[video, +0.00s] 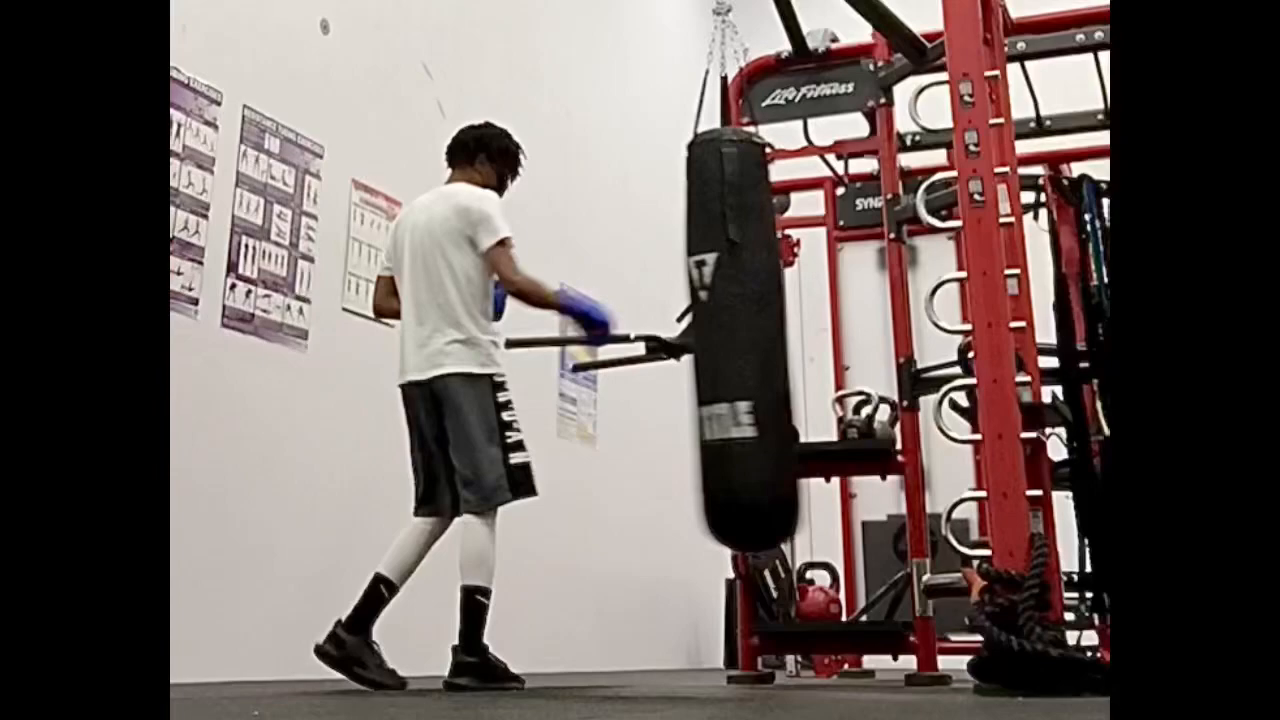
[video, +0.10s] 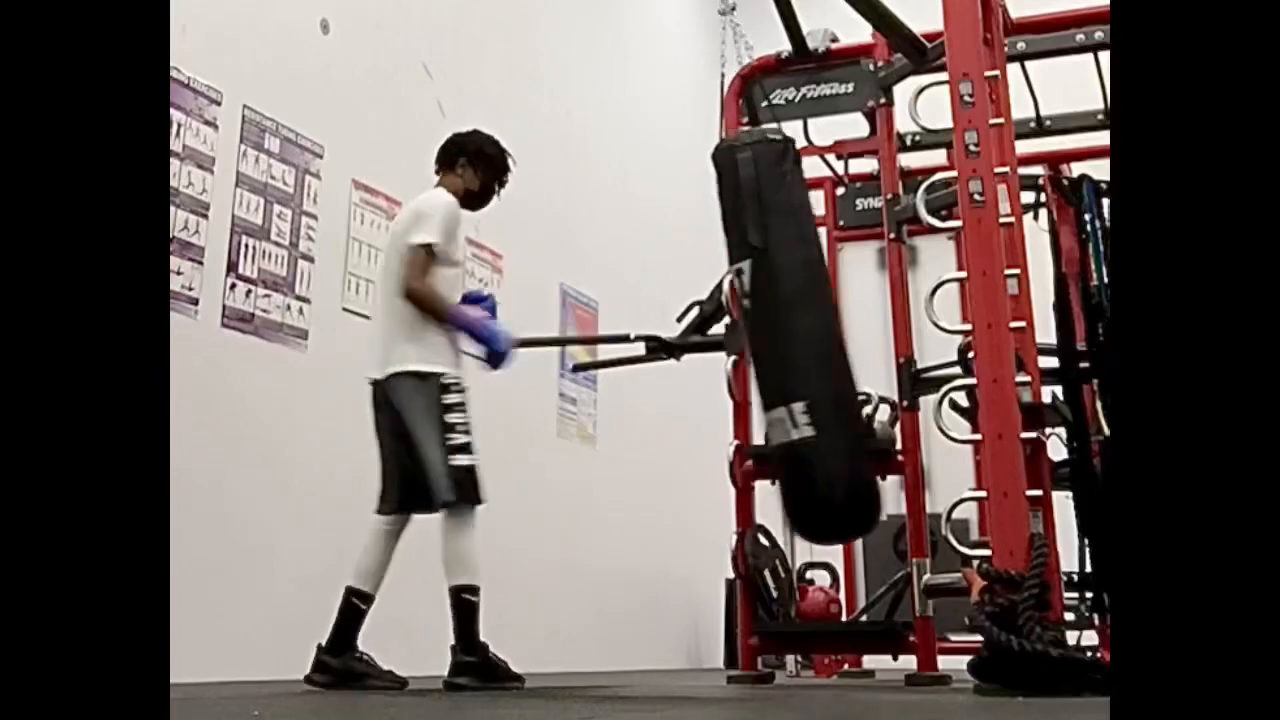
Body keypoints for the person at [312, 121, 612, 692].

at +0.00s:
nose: (502, 188)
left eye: (505, 180)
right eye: (502, 178)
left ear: (453, 162)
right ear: (484, 163)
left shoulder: (408, 215)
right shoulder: (478, 202)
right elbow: (510, 280)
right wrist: (576, 305)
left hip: (417, 374)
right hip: (464, 370)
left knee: (436, 506)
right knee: (481, 503)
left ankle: (353, 632)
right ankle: (471, 654)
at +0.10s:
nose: (491, 193)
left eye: (495, 183)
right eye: (488, 179)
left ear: (452, 170)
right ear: (460, 167)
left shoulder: (421, 209)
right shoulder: (440, 205)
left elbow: (410, 296)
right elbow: (415, 283)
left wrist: (457, 305)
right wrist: (478, 326)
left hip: (395, 374)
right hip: (423, 372)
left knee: (395, 509)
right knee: (461, 502)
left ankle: (339, 650)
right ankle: (469, 652)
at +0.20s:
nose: (470, 197)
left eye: (476, 191)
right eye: (469, 184)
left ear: (450, 178)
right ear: (446, 168)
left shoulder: (424, 230)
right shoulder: (405, 202)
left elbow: (404, 306)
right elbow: (343, 265)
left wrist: (445, 325)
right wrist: (399, 311)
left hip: (390, 373)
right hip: (379, 370)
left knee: (369, 508)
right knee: (416, 499)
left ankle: (335, 652)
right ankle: (437, 649)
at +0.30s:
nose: (442, 186)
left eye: (450, 181)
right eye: (440, 172)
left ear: (446, 182)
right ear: (415, 158)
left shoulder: (415, 229)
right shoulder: (371, 199)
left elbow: (393, 301)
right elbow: (320, 270)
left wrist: (434, 307)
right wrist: (391, 288)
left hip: (395, 376)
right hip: (361, 367)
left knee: (384, 502)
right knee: (366, 495)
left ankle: (340, 646)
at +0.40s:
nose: (426, 190)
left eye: (431, 182)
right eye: (425, 177)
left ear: (404, 166)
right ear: (398, 159)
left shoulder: (400, 229)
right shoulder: (348, 205)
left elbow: (381, 302)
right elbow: (306, 284)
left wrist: (413, 324)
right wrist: (380, 300)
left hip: (387, 390)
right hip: (334, 384)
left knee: (428, 506)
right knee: (305, 508)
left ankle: (353, 635)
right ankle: (247, 650)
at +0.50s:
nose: (428, 189)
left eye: (435, 182)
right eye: (423, 175)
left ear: (422, 184)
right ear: (396, 165)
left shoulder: (400, 238)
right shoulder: (346, 210)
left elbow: (366, 310)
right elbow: (305, 280)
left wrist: (407, 327)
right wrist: (384, 302)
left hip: (379, 388)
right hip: (324, 383)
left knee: (439, 501)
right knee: (299, 507)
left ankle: (435, 645)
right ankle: (244, 652)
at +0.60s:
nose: (440, 219)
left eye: (447, 214)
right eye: (439, 207)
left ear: (440, 210)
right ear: (418, 187)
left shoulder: (421, 259)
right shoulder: (369, 218)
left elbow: (451, 328)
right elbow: (375, 275)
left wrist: (488, 280)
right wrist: (447, 251)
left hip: (397, 404)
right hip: (340, 396)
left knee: (458, 516)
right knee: (309, 515)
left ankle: (474, 656)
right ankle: (246, 651)